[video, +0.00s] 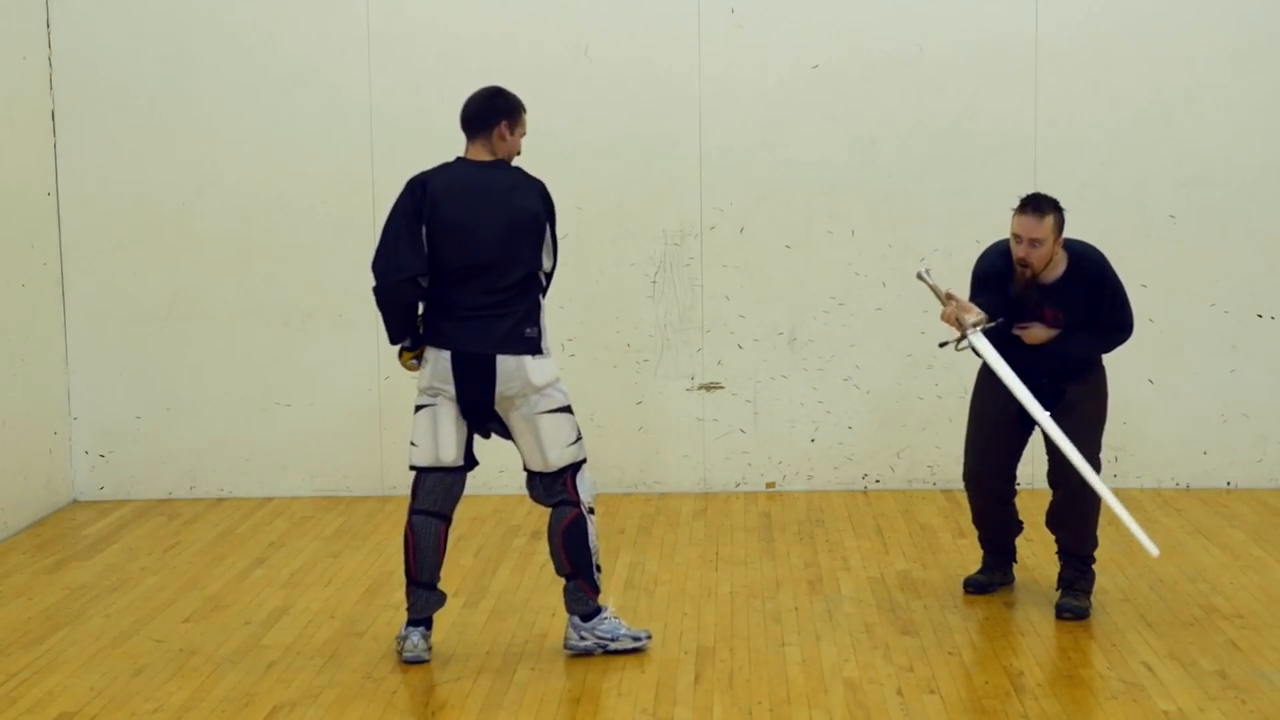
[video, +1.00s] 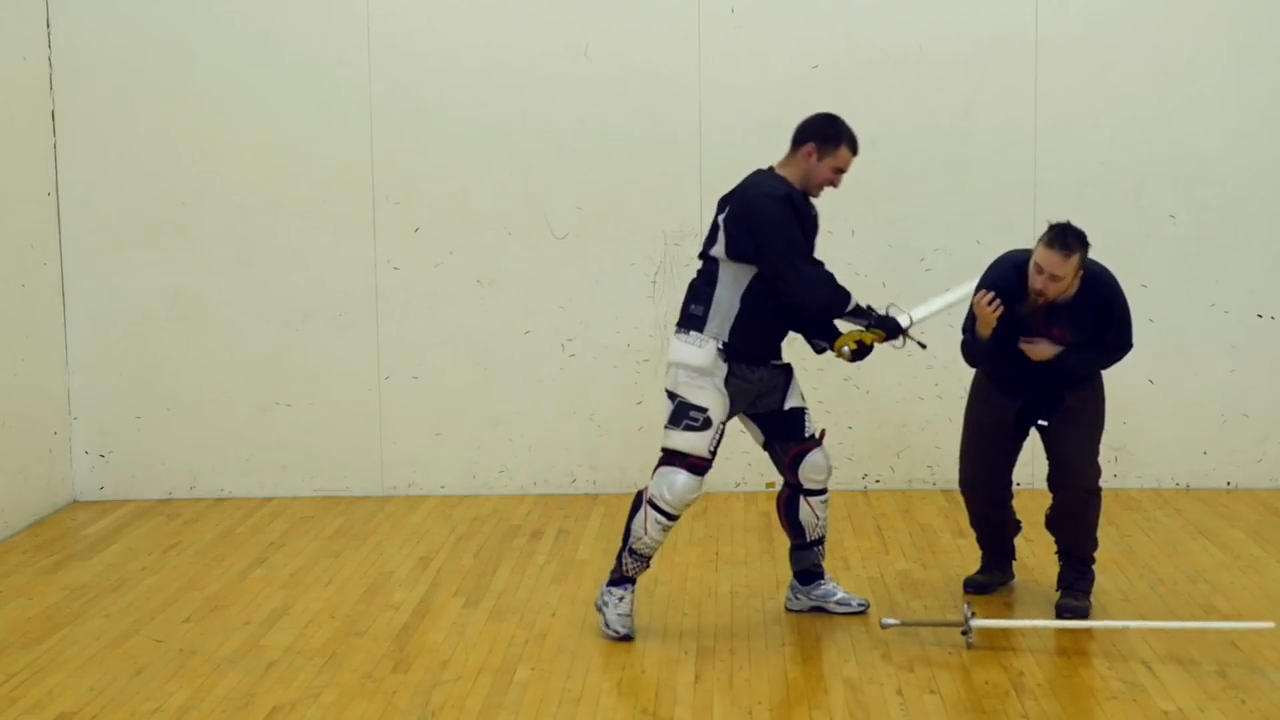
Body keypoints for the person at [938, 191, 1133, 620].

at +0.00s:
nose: (1024, 252)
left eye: (1035, 243)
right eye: (1018, 240)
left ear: (1058, 240)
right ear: (1011, 233)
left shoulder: (1090, 267)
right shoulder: (994, 264)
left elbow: (1119, 327)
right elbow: (989, 338)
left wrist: (1056, 337)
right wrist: (973, 323)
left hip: (1074, 375)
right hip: (1005, 370)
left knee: (1075, 476)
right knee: (984, 470)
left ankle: (1075, 582)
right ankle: (997, 563)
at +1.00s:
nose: (1042, 284)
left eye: (1055, 279)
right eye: (1038, 271)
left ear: (1078, 276)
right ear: (1031, 257)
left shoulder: (1101, 290)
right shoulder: (1003, 275)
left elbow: (1119, 344)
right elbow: (973, 357)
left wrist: (1060, 354)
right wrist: (980, 334)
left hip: (1073, 388)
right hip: (1002, 380)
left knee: (1077, 480)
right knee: (979, 476)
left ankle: (1075, 582)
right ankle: (996, 562)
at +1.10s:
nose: (1049, 320)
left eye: (1060, 317)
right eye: (1046, 309)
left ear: (1082, 306)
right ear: (1041, 285)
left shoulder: (1109, 303)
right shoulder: (1012, 282)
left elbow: (1121, 356)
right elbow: (961, 358)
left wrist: (1092, 378)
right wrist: (974, 336)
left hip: (1076, 397)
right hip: (1004, 386)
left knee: (1079, 483)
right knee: (977, 477)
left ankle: (1075, 582)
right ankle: (994, 561)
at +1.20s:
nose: (1059, 358)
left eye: (1068, 355)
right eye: (1053, 350)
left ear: (1091, 330)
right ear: (1042, 319)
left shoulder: (1114, 311)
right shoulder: (1013, 306)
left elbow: (1141, 359)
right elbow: (952, 360)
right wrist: (969, 340)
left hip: (1081, 405)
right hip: (1008, 398)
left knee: (1088, 492)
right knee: (977, 490)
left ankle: (1076, 584)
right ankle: (971, 532)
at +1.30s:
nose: (1071, 375)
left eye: (1079, 368)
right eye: (1063, 368)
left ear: (1094, 342)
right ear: (1047, 348)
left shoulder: (1120, 344)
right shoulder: (1016, 341)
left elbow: (1165, 393)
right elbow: (948, 383)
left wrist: (1186, 385)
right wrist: (975, 348)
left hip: (1085, 433)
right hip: (1013, 429)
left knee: (1094, 501)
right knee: (987, 530)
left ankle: (1075, 587)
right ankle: (965, 538)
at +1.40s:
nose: (1079, 406)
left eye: (1087, 396)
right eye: (1068, 397)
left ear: (1099, 379)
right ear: (1051, 382)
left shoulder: (1118, 391)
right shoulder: (1022, 385)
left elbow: (1182, 443)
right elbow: (955, 439)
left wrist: (1196, 424)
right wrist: (993, 416)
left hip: (1083, 477)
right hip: (1015, 479)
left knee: (1108, 506)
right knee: (986, 580)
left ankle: (1074, 588)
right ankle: (966, 534)